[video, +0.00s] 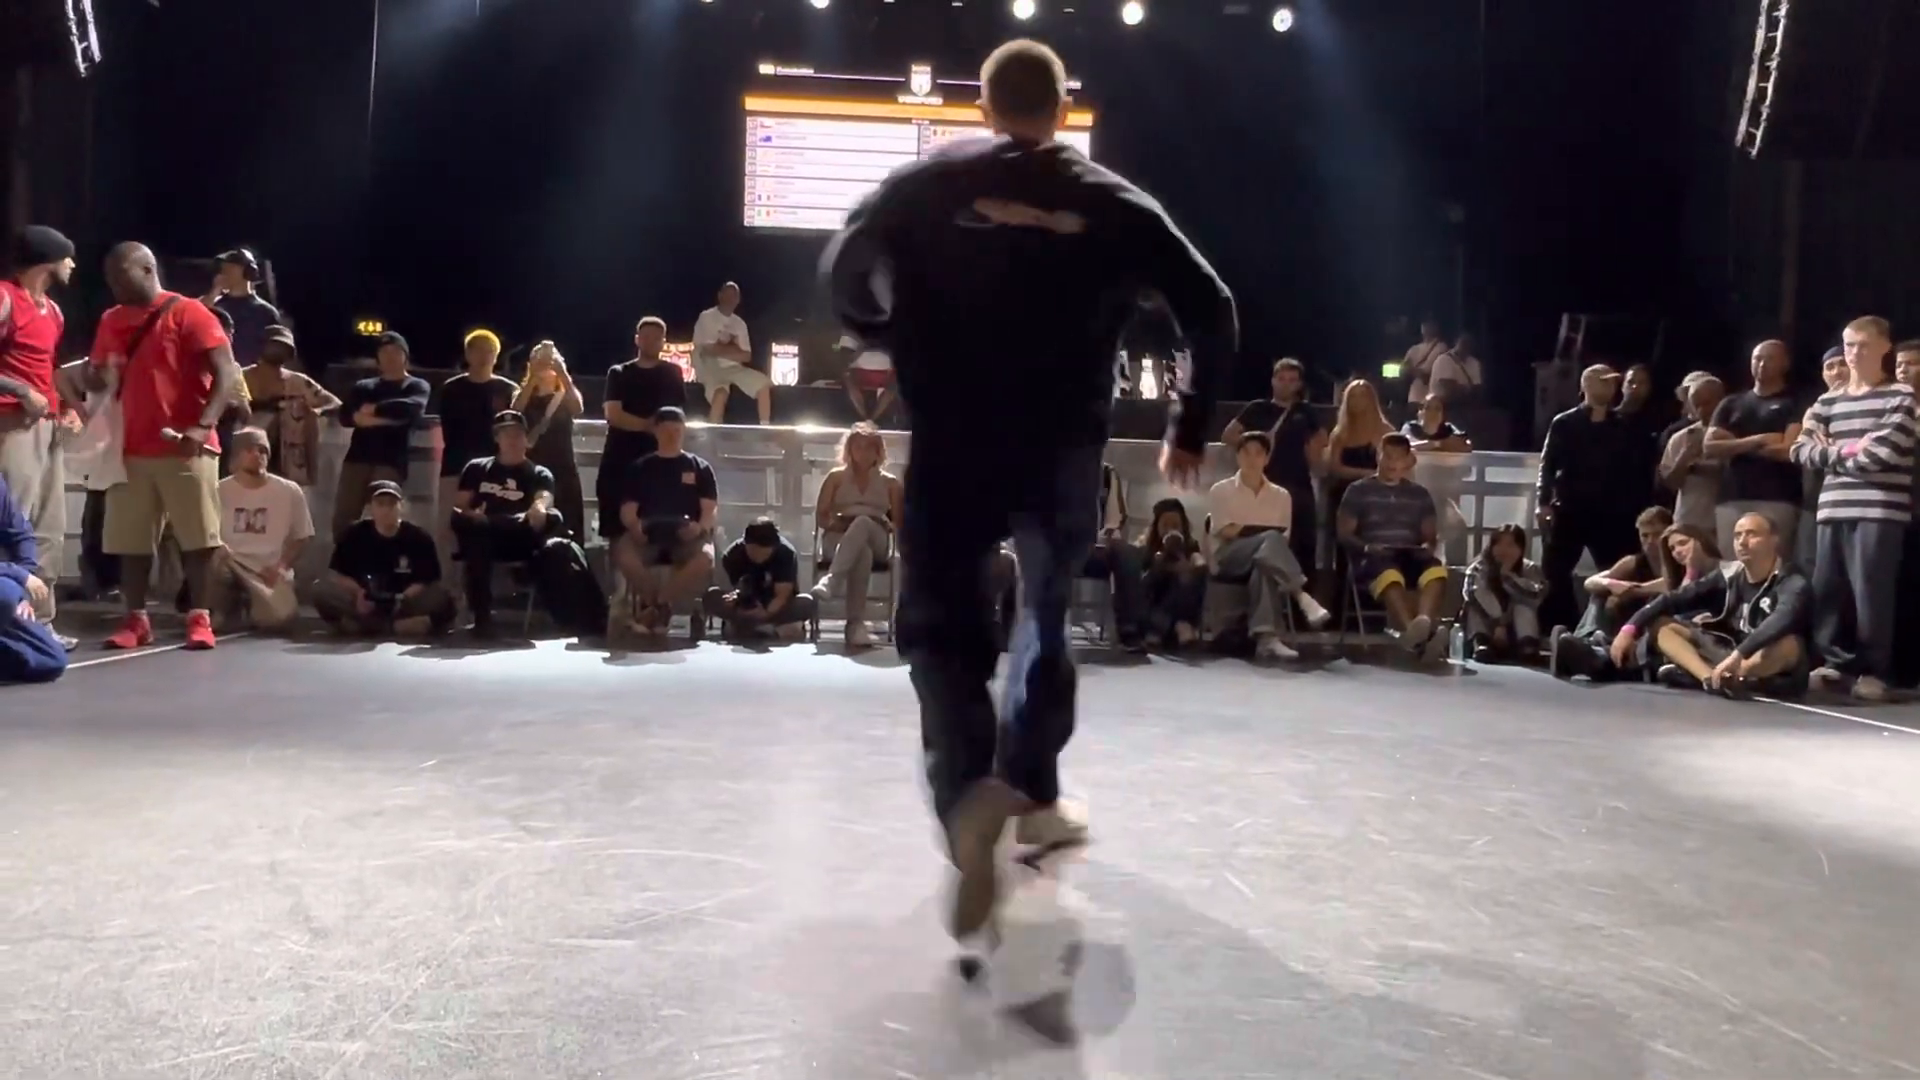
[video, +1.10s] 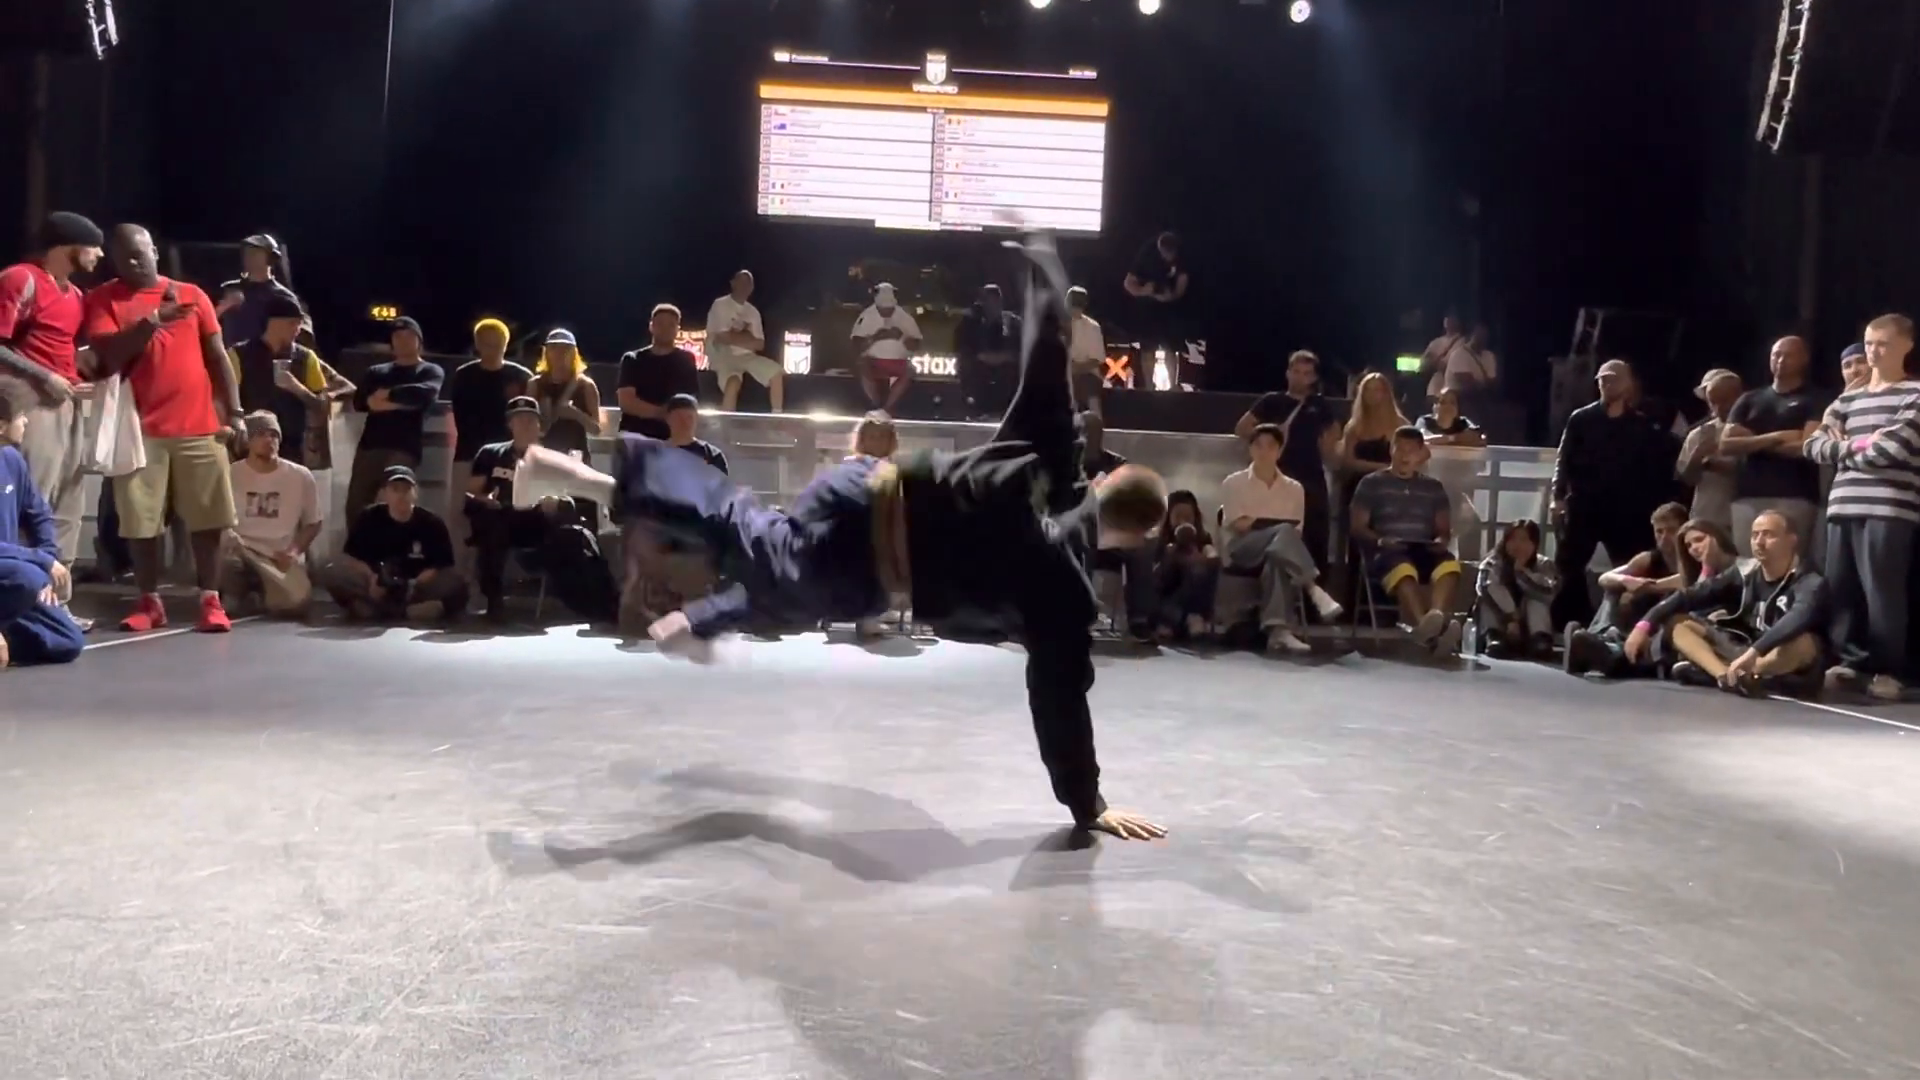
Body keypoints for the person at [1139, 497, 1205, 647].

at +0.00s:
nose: (1170, 531)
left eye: (1175, 526)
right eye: (1165, 525)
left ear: (1184, 526)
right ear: (1156, 526)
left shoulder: (1191, 547)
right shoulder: (1145, 550)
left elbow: (1201, 567)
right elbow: (1142, 583)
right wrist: (1160, 562)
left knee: (1192, 576)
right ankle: (1182, 623)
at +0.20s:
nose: (1172, 530)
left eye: (1177, 524)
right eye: (1167, 524)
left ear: (1185, 525)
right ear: (1158, 525)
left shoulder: (1192, 545)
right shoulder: (1147, 548)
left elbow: (1202, 564)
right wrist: (1161, 562)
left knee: (1192, 575)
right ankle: (1183, 623)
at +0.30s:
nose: (1173, 528)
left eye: (1178, 523)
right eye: (1168, 523)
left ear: (1186, 523)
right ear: (1159, 523)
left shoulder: (1193, 543)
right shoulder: (1149, 546)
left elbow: (1204, 562)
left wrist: (1188, 563)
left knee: (1193, 575)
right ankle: (1184, 622)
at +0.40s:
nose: (1175, 528)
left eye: (1180, 523)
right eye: (1169, 523)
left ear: (1188, 523)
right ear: (1160, 523)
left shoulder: (1194, 543)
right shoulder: (1150, 545)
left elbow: (1205, 561)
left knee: (1193, 573)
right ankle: (1184, 622)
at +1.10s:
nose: (1182, 522)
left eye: (1188, 516)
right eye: (1177, 516)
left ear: (1196, 517)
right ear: (1169, 517)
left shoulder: (1203, 539)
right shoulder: (1160, 541)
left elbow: (1214, 561)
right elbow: (1156, 575)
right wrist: (1170, 556)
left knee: (1201, 569)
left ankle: (1168, 622)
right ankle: (1194, 616)